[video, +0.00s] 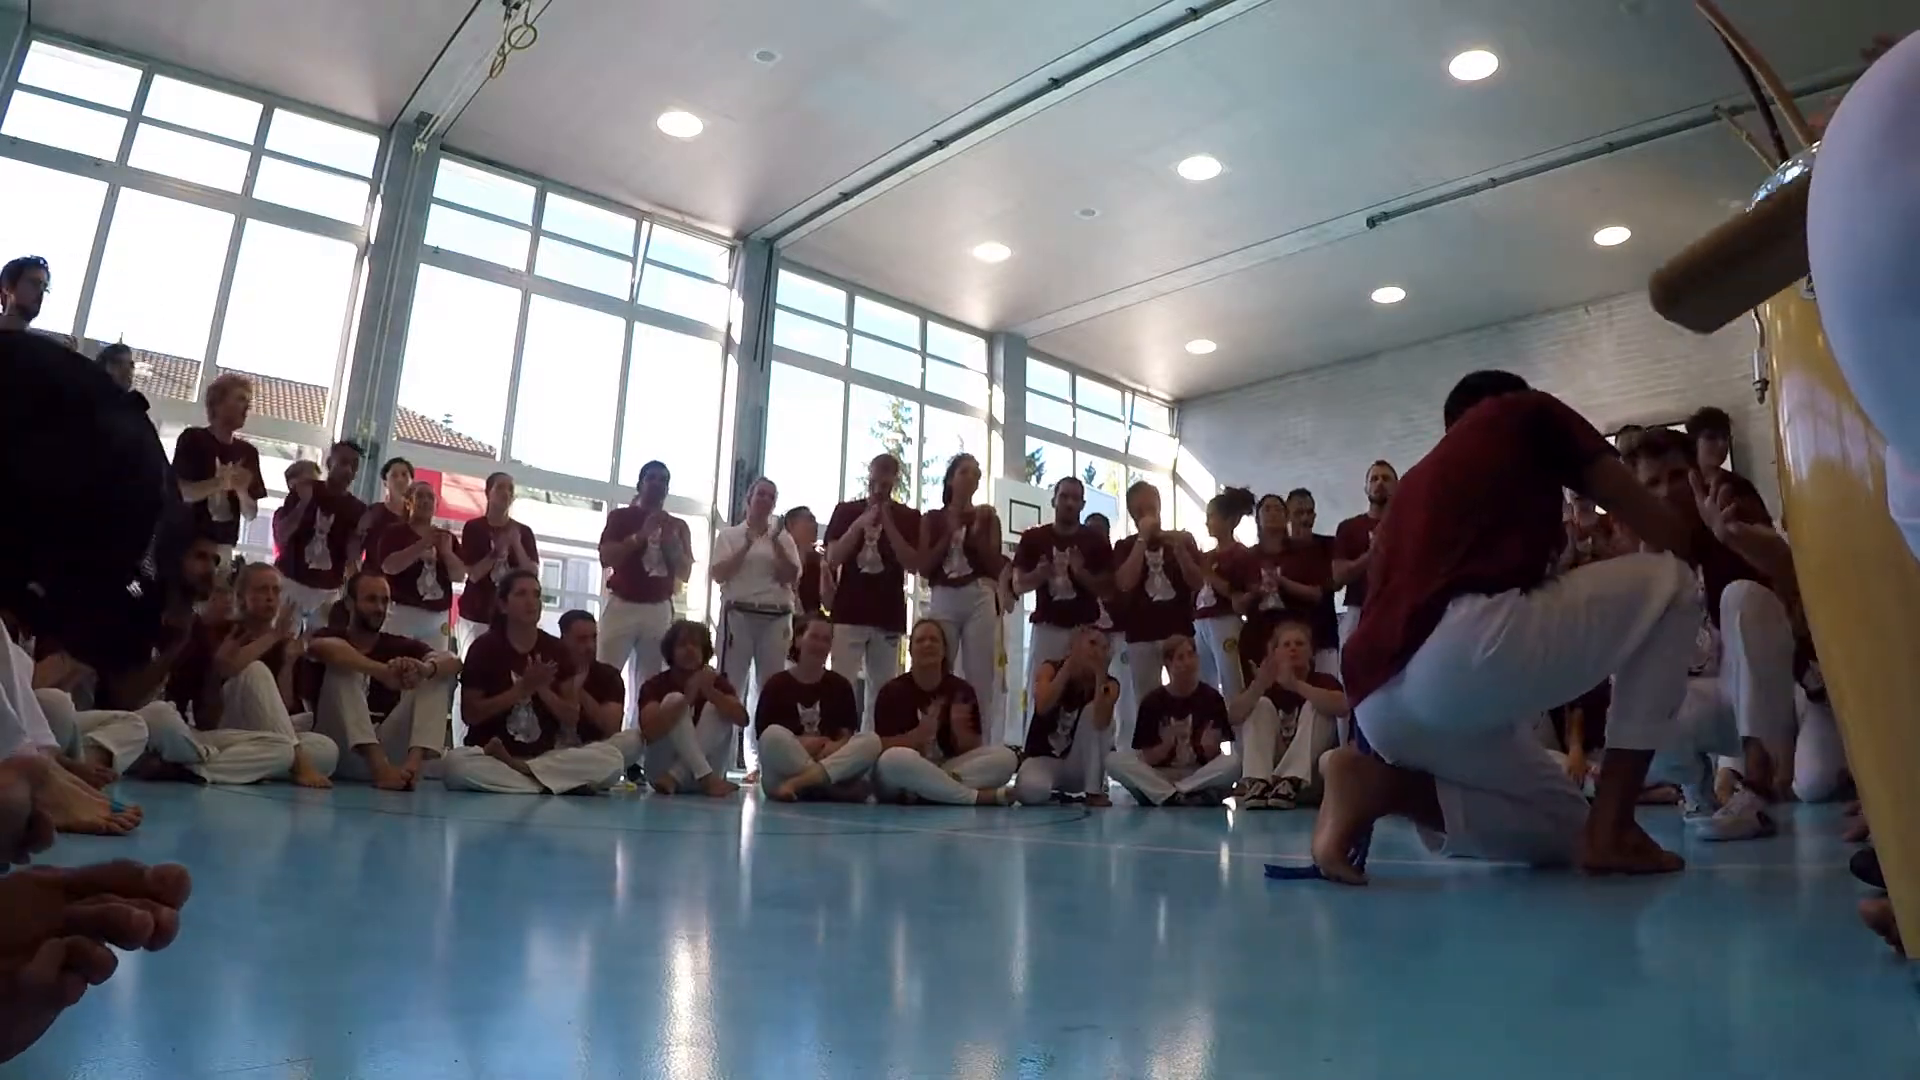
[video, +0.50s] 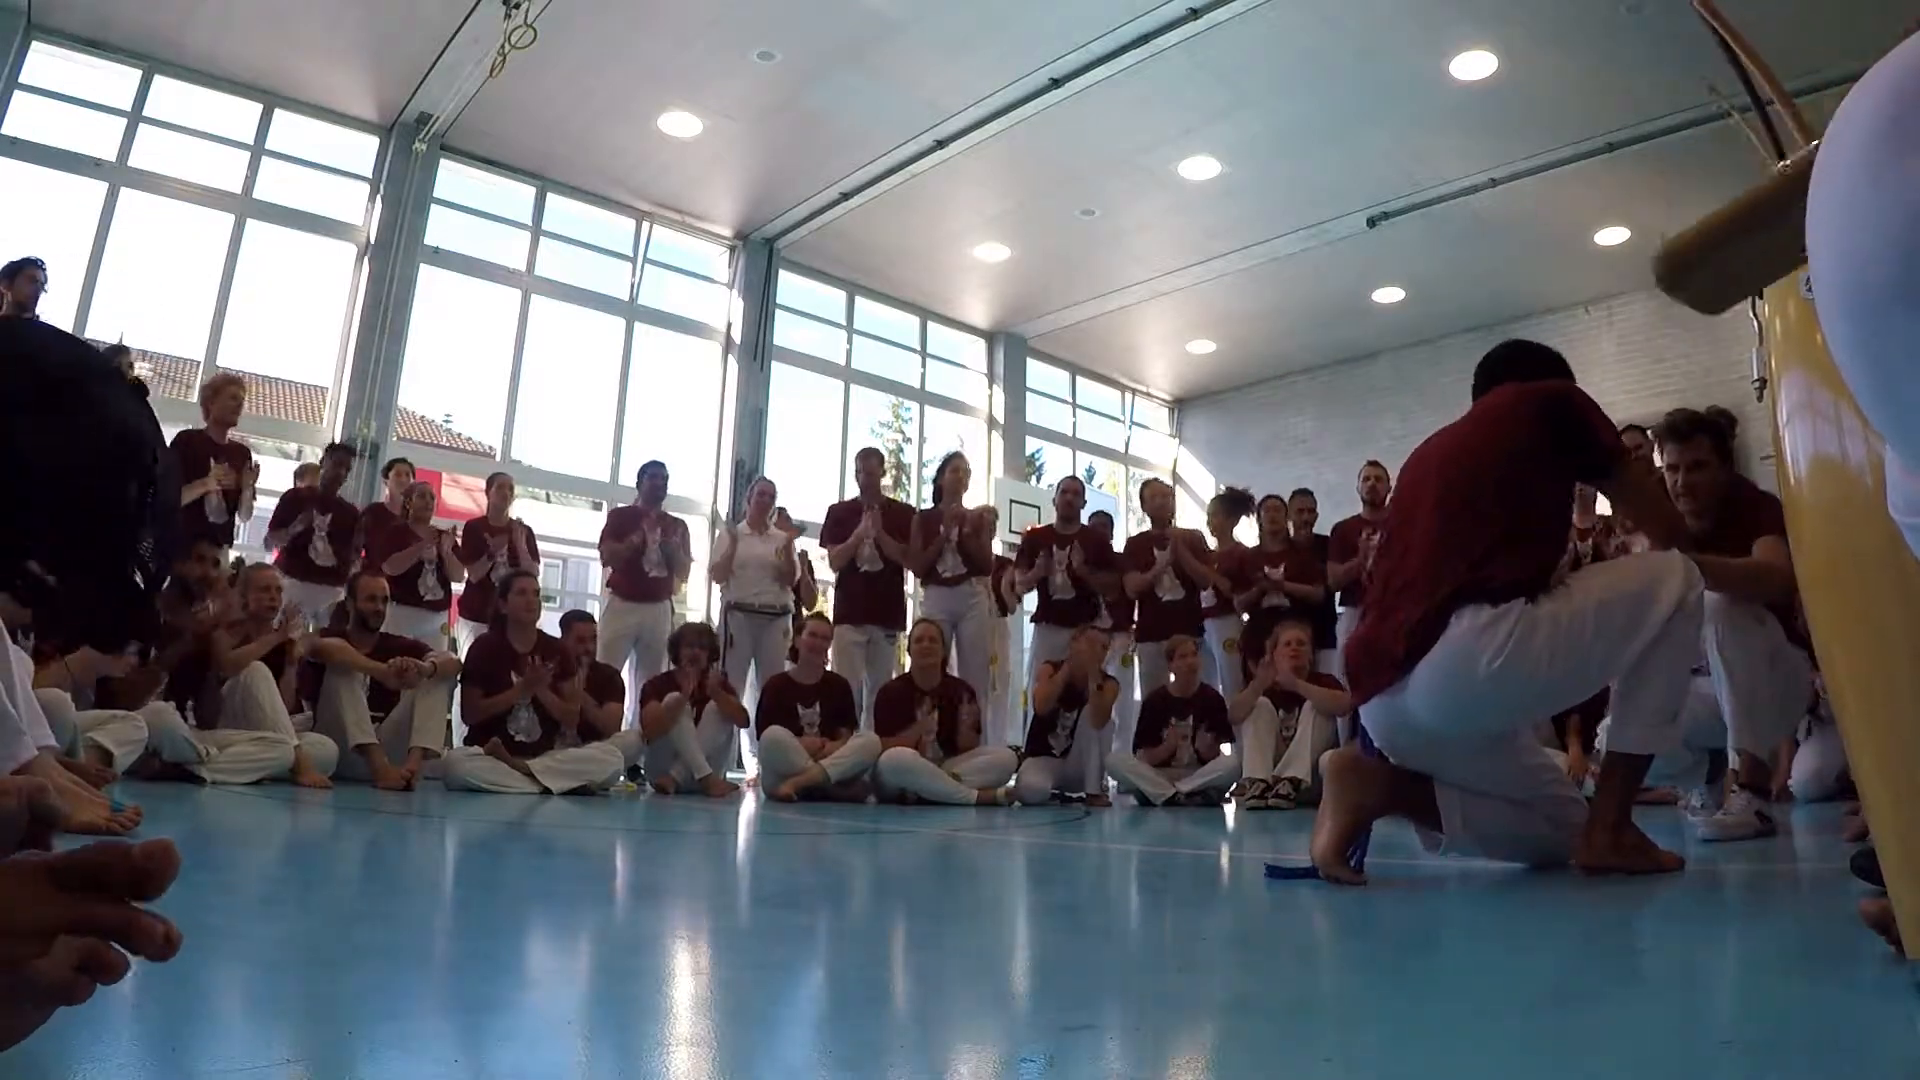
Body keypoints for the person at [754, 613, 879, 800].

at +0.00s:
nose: (820, 645)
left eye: (826, 640)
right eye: (814, 637)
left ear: (831, 646)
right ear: (797, 640)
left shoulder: (840, 685)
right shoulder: (777, 683)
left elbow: (846, 736)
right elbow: (764, 736)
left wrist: (833, 748)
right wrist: (806, 744)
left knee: (872, 742)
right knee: (772, 736)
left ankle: (796, 784)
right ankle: (835, 789)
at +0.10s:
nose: (822, 644)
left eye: (827, 639)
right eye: (815, 637)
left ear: (832, 644)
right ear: (798, 640)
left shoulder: (840, 685)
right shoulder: (777, 683)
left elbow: (847, 736)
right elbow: (764, 734)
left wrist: (832, 747)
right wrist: (801, 744)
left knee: (872, 742)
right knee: (773, 736)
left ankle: (797, 784)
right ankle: (835, 789)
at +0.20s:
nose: (819, 642)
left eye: (825, 637)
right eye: (812, 635)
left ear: (831, 642)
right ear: (796, 639)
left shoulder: (840, 685)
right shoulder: (777, 683)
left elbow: (847, 737)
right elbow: (765, 736)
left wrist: (832, 748)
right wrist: (801, 745)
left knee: (872, 742)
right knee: (772, 736)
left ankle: (797, 784)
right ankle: (835, 790)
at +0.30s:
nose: (819, 642)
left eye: (825, 637)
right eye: (812, 635)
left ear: (830, 643)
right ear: (796, 639)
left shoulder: (840, 685)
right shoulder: (777, 684)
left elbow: (846, 738)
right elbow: (764, 735)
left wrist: (832, 748)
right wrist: (803, 745)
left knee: (872, 741)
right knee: (771, 736)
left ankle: (796, 784)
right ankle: (834, 789)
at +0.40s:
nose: (819, 643)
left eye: (826, 638)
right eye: (813, 636)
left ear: (831, 644)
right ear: (797, 639)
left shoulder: (840, 685)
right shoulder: (777, 684)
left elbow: (846, 738)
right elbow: (764, 736)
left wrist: (832, 748)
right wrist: (801, 744)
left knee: (872, 742)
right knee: (772, 736)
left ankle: (797, 784)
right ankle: (835, 789)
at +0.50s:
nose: (818, 643)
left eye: (825, 639)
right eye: (813, 636)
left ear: (830, 645)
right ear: (797, 639)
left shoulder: (839, 685)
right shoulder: (776, 684)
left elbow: (846, 737)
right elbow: (764, 737)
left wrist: (832, 747)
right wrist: (800, 744)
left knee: (871, 741)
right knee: (773, 736)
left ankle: (797, 784)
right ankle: (835, 789)